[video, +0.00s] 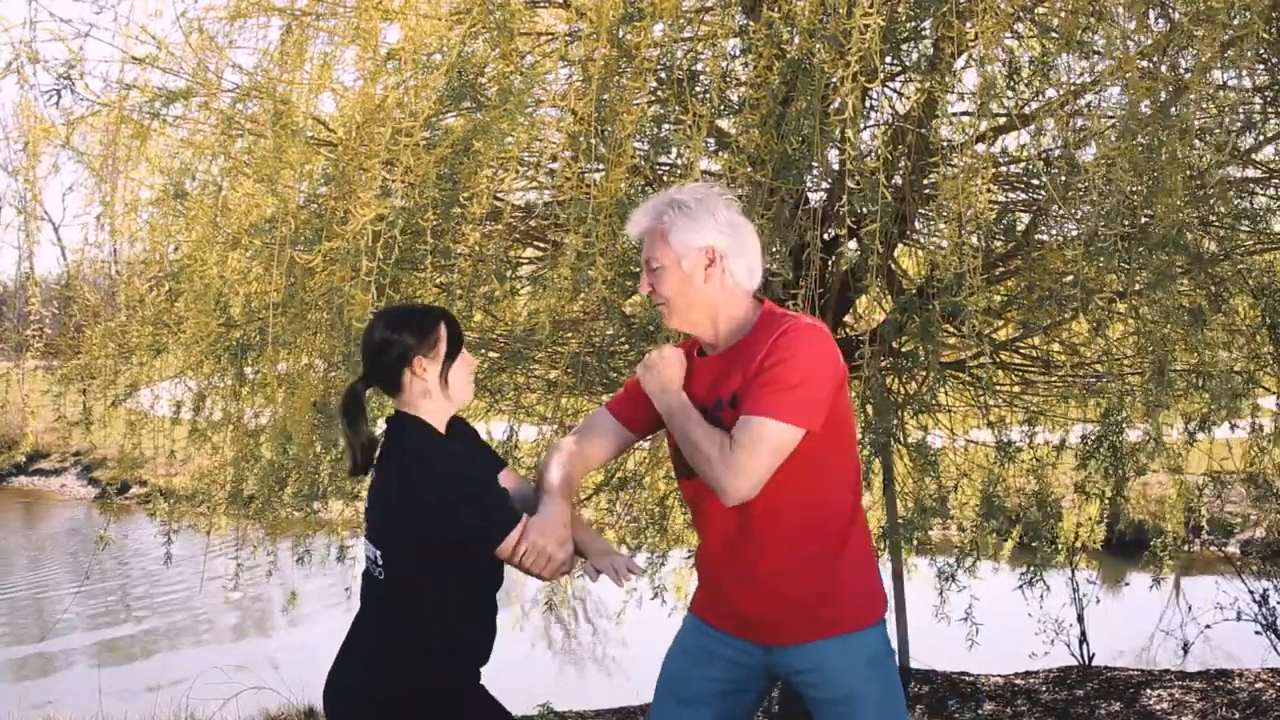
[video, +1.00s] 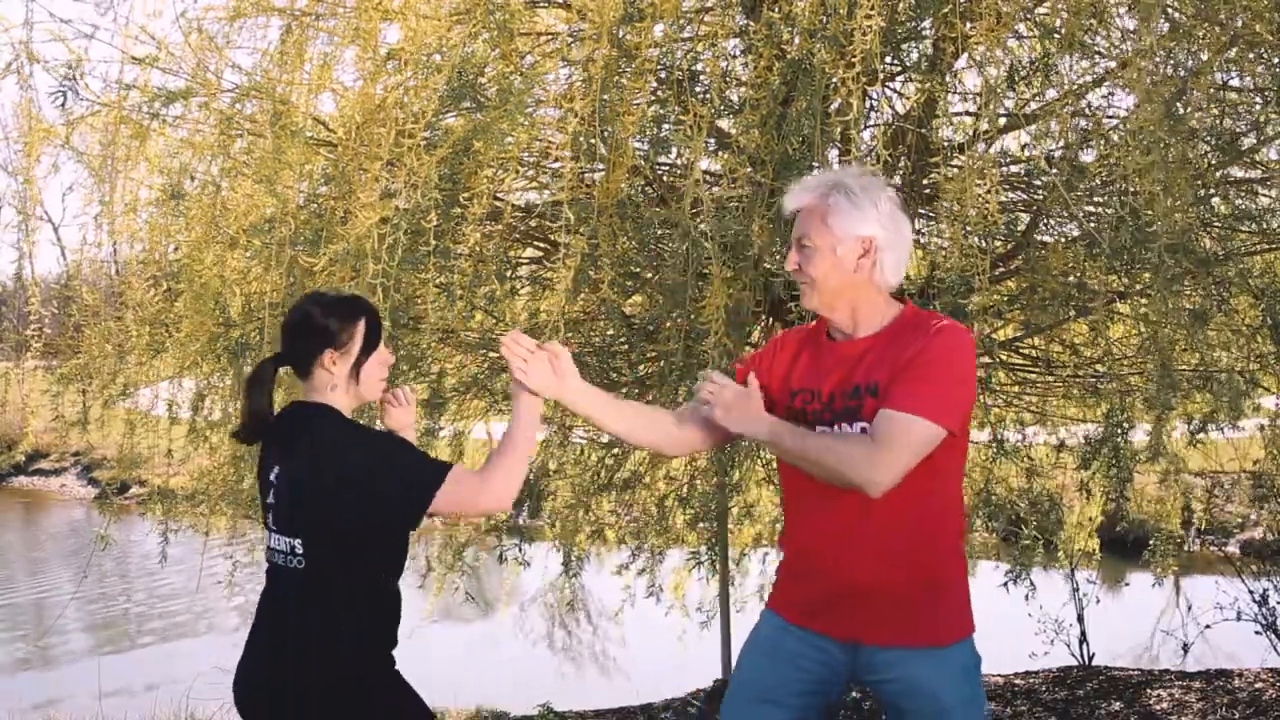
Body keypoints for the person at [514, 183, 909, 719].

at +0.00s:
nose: (646, 287)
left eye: (655, 269)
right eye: (645, 272)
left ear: (711, 262)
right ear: (709, 265)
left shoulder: (804, 346)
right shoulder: (682, 365)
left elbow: (735, 478)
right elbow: (574, 449)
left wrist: (668, 397)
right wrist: (554, 509)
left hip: (836, 634)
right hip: (719, 630)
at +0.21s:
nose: (655, 274)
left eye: (666, 255)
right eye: (655, 259)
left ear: (722, 250)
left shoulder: (810, 332)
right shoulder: (684, 363)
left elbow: (767, 471)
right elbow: (596, 435)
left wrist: (660, 445)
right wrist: (551, 488)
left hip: (851, 620)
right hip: (738, 618)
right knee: (692, 711)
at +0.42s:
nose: (718, 267)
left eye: (731, 250)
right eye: (721, 252)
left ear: (788, 251)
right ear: (780, 252)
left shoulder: (871, 341)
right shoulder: (734, 370)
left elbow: (862, 484)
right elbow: (667, 474)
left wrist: (741, 474)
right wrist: (600, 444)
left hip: (890, 643)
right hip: (769, 636)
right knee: (718, 711)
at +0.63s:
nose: (799, 256)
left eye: (815, 241)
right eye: (803, 240)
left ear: (873, 249)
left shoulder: (951, 340)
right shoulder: (801, 352)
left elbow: (905, 469)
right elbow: (716, 454)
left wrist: (798, 406)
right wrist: (612, 416)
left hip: (940, 638)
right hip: (819, 628)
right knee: (768, 713)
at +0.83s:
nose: (813, 258)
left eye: (828, 242)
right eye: (815, 242)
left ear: (887, 249)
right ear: (876, 248)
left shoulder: (963, 344)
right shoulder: (811, 349)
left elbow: (900, 462)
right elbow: (702, 426)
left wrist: (800, 382)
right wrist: (597, 382)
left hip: (940, 638)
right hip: (819, 626)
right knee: (763, 714)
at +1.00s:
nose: (790, 264)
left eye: (805, 247)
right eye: (792, 247)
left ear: (863, 253)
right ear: (855, 253)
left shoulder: (940, 344)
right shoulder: (786, 354)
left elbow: (877, 469)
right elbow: (681, 430)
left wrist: (759, 425)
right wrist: (573, 390)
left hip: (922, 640)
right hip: (797, 627)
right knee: (741, 711)